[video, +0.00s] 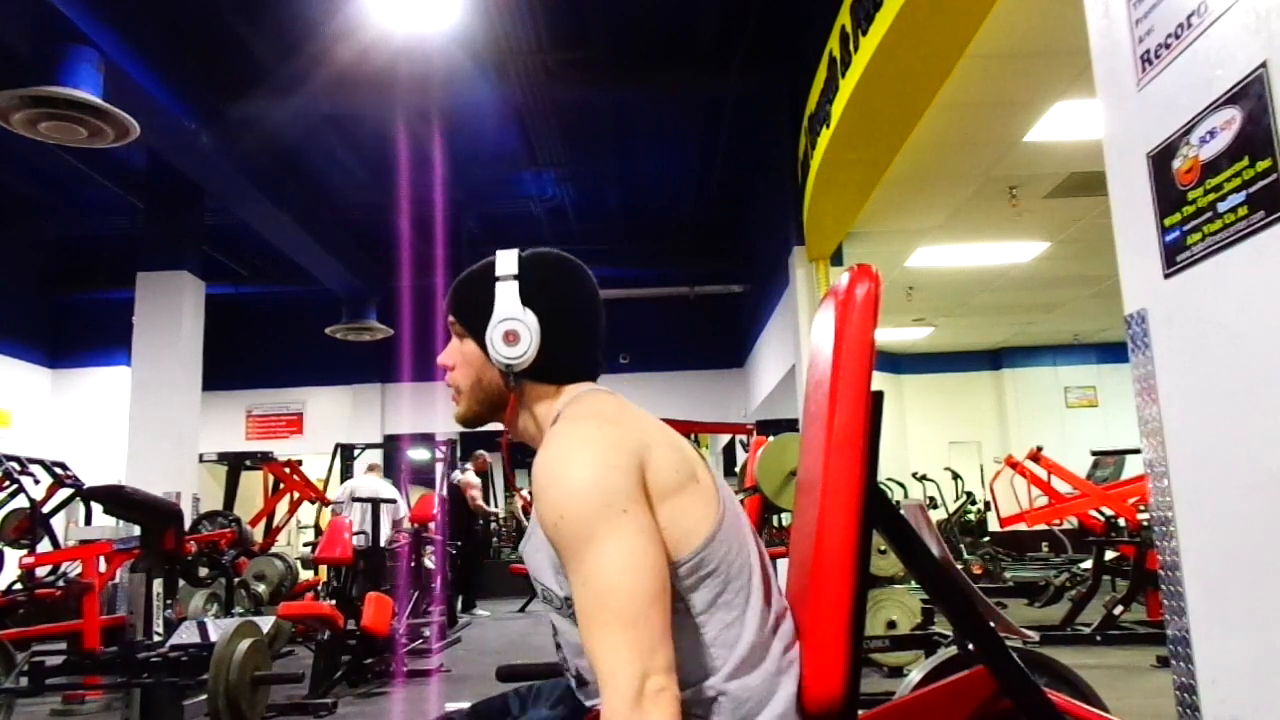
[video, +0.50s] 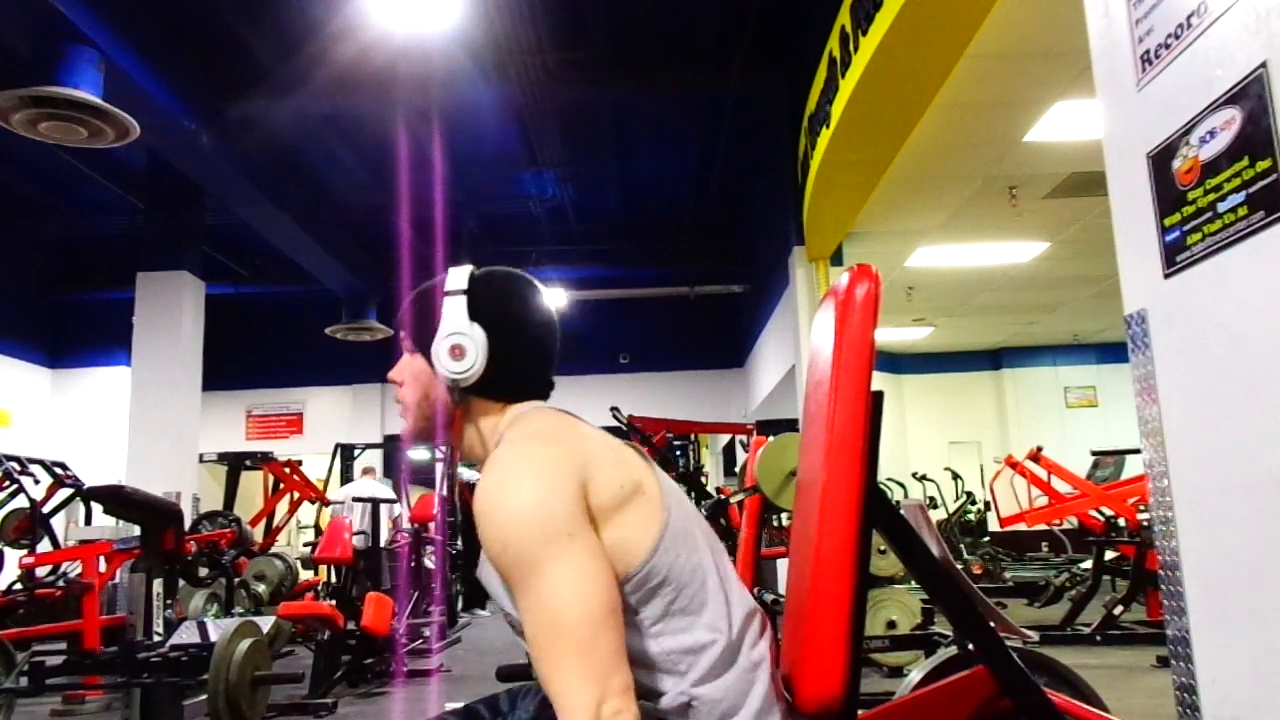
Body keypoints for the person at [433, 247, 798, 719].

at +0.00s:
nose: (442, 360)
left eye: (459, 336)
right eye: (450, 337)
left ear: (513, 341)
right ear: (512, 342)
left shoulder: (582, 452)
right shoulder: (589, 430)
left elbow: (645, 693)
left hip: (714, 713)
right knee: (461, 714)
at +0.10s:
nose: (441, 362)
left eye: (457, 338)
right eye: (448, 339)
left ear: (512, 342)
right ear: (510, 343)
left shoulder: (582, 453)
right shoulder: (589, 431)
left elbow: (646, 697)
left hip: (709, 713)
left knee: (459, 715)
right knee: (461, 714)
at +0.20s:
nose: (434, 362)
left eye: (451, 337)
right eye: (442, 338)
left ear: (504, 342)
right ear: (503, 342)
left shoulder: (570, 456)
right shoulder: (585, 431)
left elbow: (630, 702)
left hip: (700, 713)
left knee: (456, 715)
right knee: (457, 713)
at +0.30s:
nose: (419, 365)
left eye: (439, 339)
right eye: (430, 340)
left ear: (489, 345)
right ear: (489, 344)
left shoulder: (548, 457)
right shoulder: (570, 430)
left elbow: (617, 703)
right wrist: (522, 514)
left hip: (693, 710)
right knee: (460, 712)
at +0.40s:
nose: (406, 370)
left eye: (422, 346)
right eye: (414, 346)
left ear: (472, 349)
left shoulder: (534, 462)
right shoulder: (560, 435)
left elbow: (614, 705)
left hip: (695, 710)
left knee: (455, 714)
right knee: (460, 711)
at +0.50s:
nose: (396, 372)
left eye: (411, 351)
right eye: (404, 351)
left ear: (461, 356)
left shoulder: (524, 471)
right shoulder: (546, 440)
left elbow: (602, 709)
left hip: (691, 712)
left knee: (455, 711)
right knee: (459, 710)